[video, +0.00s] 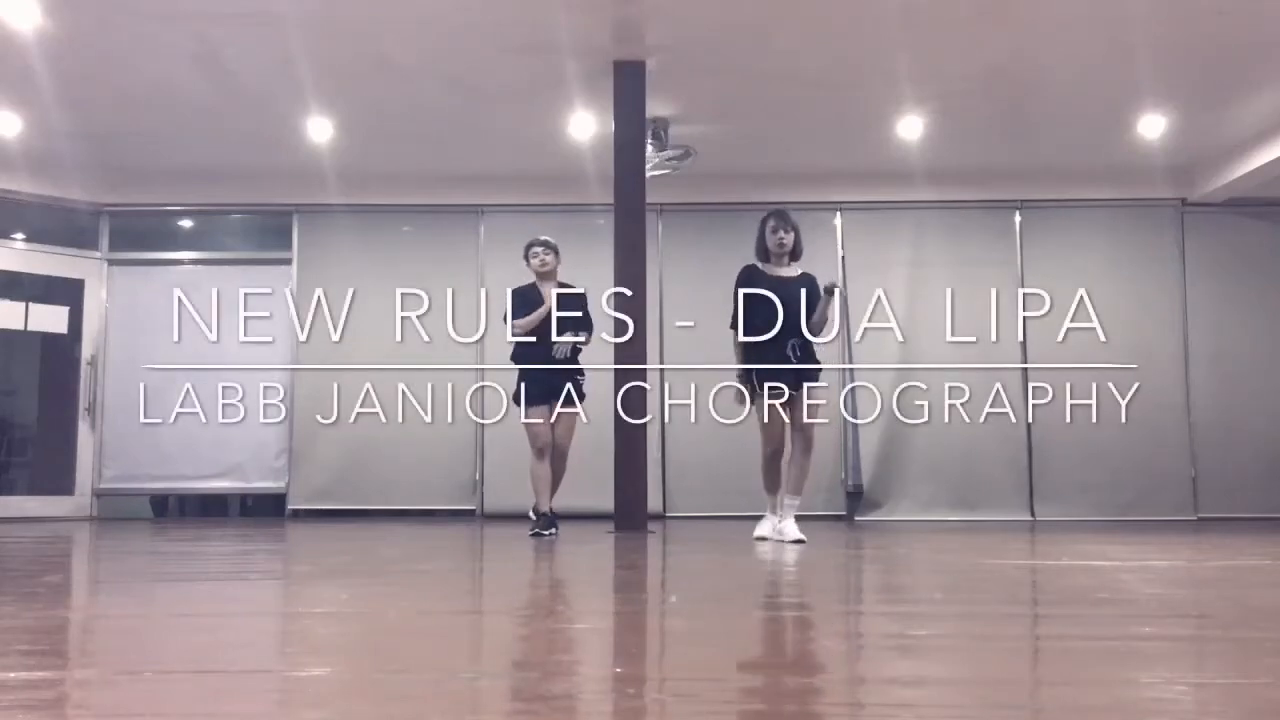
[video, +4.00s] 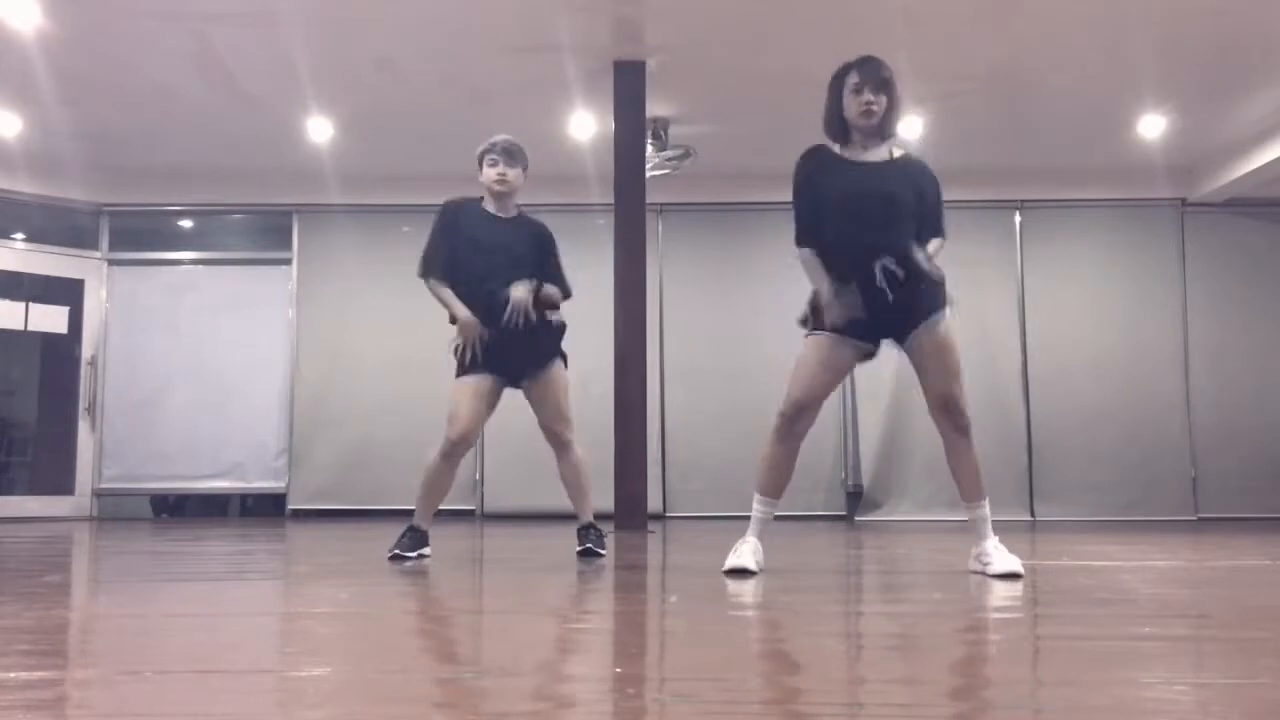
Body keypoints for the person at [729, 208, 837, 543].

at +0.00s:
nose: (781, 236)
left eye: (787, 230)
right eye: (774, 230)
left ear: (795, 236)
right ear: (763, 237)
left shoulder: (807, 280)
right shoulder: (750, 275)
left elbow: (815, 331)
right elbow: (740, 330)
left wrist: (827, 299)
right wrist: (741, 374)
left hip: (804, 372)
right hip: (765, 372)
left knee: (804, 442)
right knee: (774, 446)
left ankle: (788, 518)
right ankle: (771, 515)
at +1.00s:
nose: (766, 240)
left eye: (772, 234)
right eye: (760, 234)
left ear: (781, 239)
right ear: (749, 239)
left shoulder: (792, 275)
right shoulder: (736, 282)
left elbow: (807, 325)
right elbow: (725, 339)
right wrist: (720, 317)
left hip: (782, 364)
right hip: (745, 367)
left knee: (769, 433)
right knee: (757, 441)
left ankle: (757, 512)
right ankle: (770, 518)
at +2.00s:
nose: (805, 199)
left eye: (811, 193)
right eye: (797, 193)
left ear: (822, 200)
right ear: (783, 203)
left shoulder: (840, 245)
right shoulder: (772, 252)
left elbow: (865, 300)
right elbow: (757, 309)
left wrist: (884, 345)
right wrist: (743, 348)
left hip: (824, 354)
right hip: (779, 352)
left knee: (817, 447)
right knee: (814, 434)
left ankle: (764, 506)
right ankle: (836, 525)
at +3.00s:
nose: (872, 122)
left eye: (877, 113)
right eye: (859, 119)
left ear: (891, 120)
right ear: (843, 134)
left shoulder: (911, 182)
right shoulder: (840, 180)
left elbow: (927, 241)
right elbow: (835, 233)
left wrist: (926, 262)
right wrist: (877, 187)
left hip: (901, 286)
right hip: (844, 294)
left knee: (888, 383)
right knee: (863, 415)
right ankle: (898, 530)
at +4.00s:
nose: (868, 98)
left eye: (878, 90)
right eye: (857, 91)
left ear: (890, 100)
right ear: (839, 100)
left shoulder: (912, 166)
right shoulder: (816, 163)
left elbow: (933, 235)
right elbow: (805, 243)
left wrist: (924, 264)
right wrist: (829, 296)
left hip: (915, 299)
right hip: (847, 302)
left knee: (954, 413)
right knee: (793, 412)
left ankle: (985, 543)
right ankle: (752, 540)